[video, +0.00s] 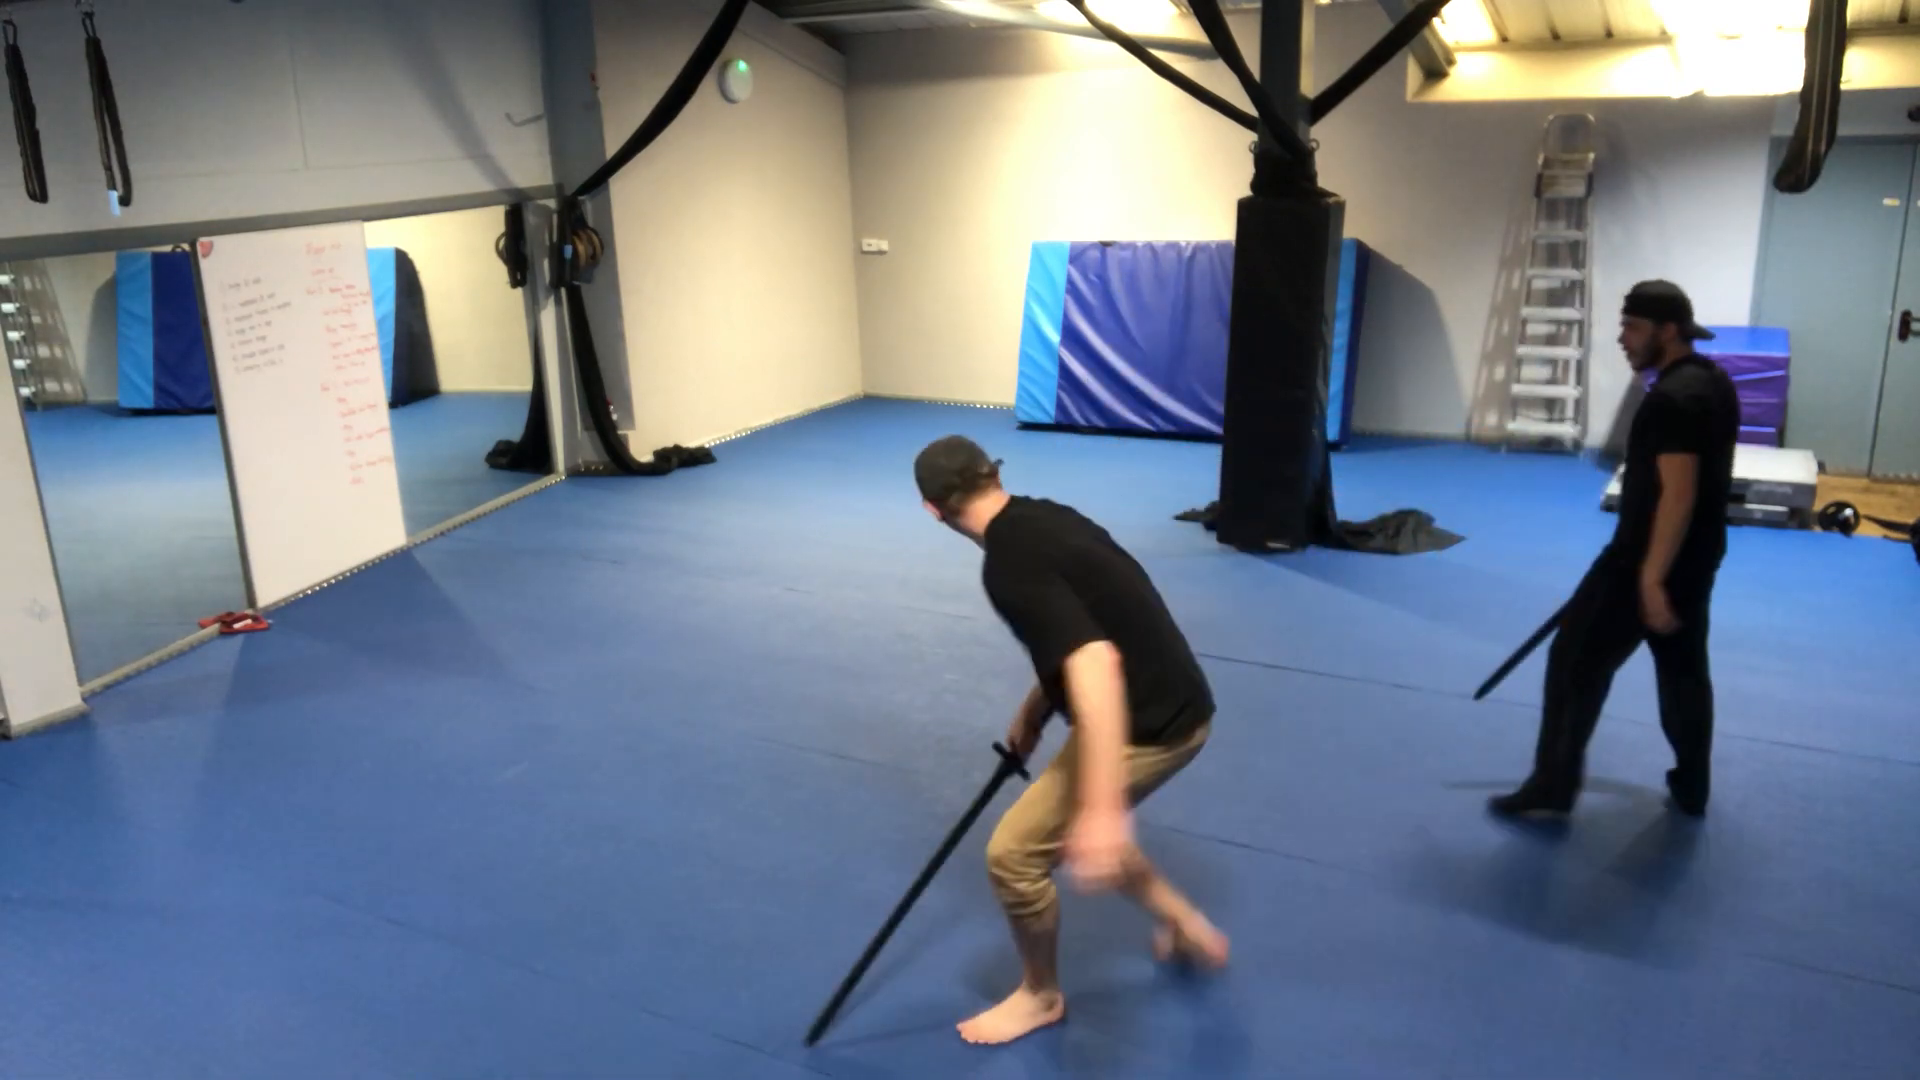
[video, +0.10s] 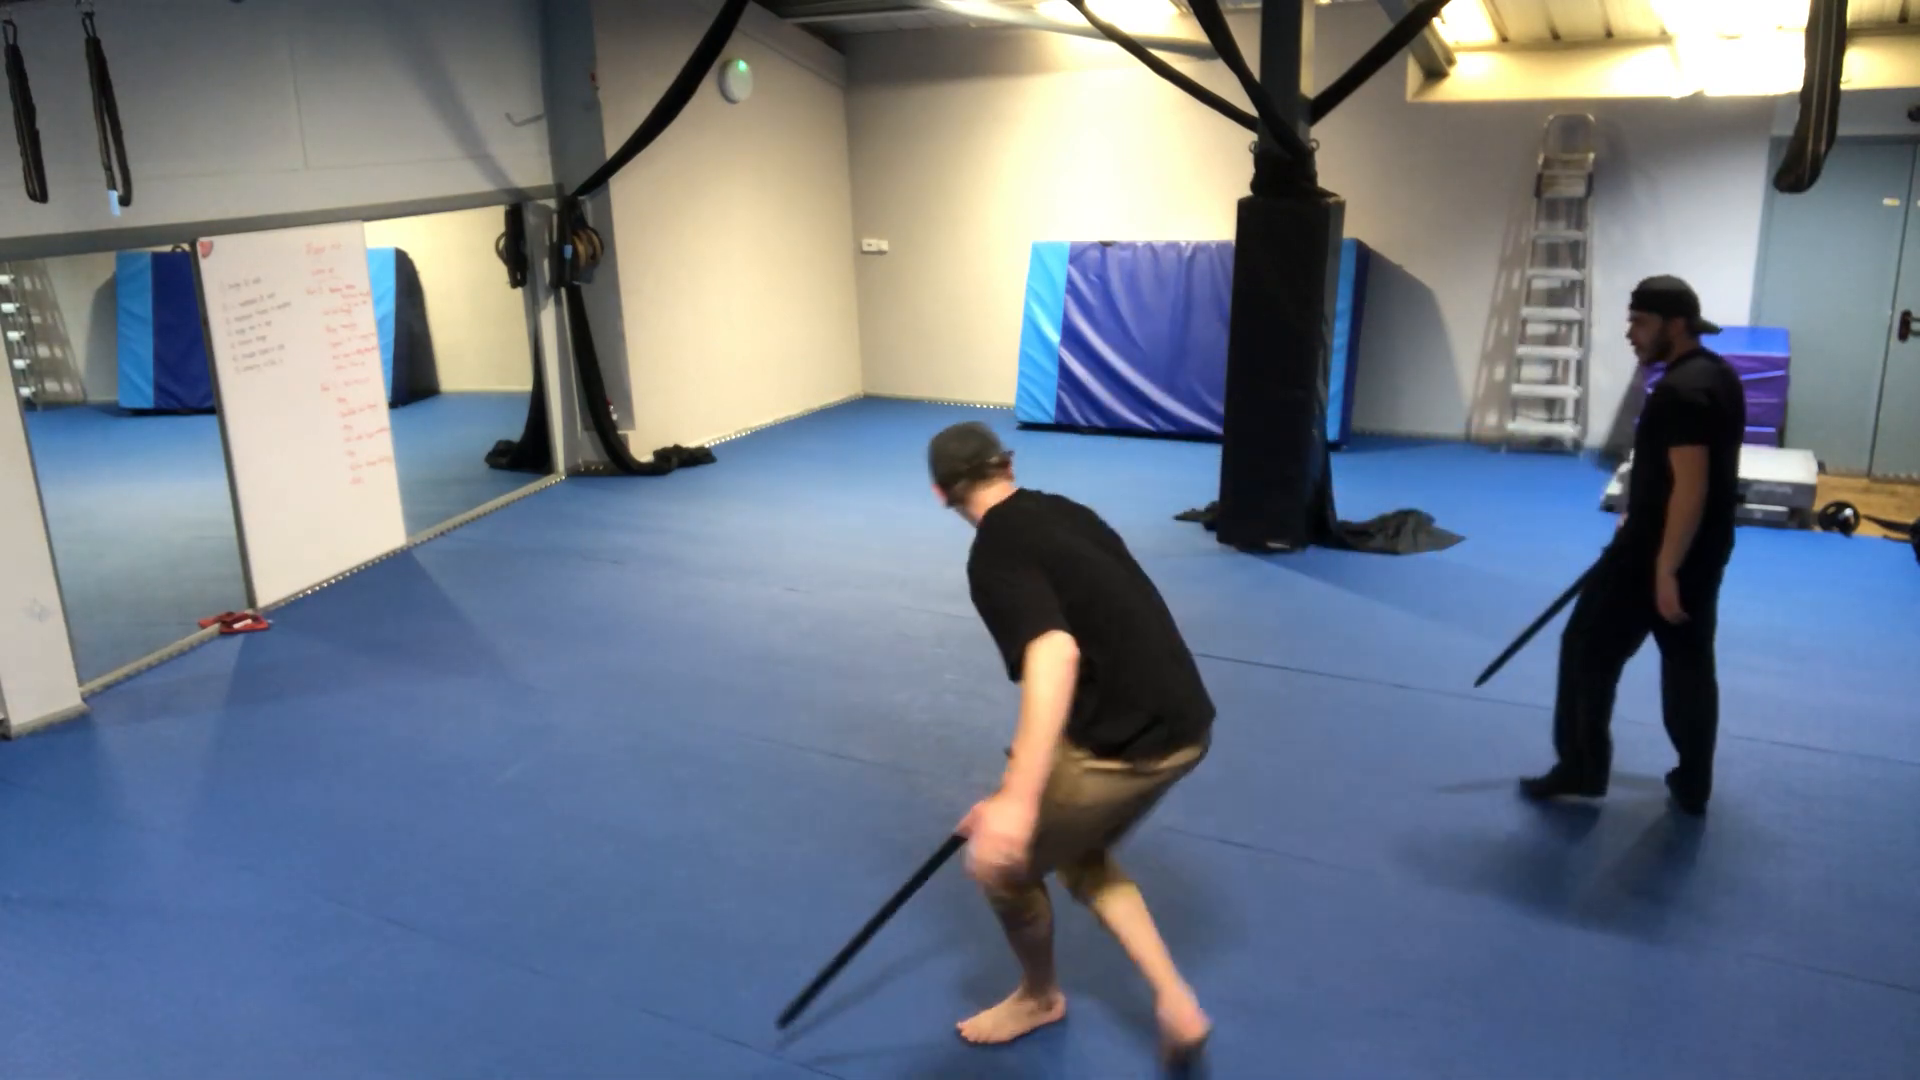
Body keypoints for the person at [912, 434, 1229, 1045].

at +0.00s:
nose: (934, 512)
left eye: (929, 503)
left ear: (936, 508)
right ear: (996, 474)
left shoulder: (1011, 559)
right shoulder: (1045, 518)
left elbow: (1095, 657)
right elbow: (1079, 632)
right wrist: (1032, 715)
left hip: (1145, 727)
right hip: (1175, 703)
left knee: (1013, 857)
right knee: (1082, 825)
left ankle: (1040, 993)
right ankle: (1189, 929)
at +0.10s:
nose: (940, 497)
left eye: (938, 486)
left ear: (942, 493)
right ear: (1008, 466)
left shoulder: (998, 550)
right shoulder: (1067, 514)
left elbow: (1054, 652)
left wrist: (1017, 798)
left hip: (1128, 744)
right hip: (1181, 723)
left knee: (1000, 861)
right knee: (1080, 852)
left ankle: (1040, 994)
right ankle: (1176, 1001)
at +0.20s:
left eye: (980, 471)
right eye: (1036, 460)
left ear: (974, 479)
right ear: (1041, 464)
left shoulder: (996, 540)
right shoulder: (1102, 518)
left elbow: (1029, 637)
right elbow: (1126, 628)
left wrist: (983, 785)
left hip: (1099, 765)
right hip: (1188, 749)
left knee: (994, 863)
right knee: (1125, 896)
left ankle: (1041, 996)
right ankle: (1156, 1063)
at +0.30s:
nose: (1092, 473)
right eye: (1093, 465)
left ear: (1021, 474)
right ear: (1087, 470)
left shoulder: (1007, 542)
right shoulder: (1142, 538)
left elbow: (1006, 643)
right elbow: (1198, 664)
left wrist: (954, 794)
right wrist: (1128, 726)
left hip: (1077, 786)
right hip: (1180, 781)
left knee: (994, 872)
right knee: (1157, 951)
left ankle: (1042, 998)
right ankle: (1158, 1073)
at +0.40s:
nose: (1143, 484)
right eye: (1144, 477)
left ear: (1067, 477)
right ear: (1135, 481)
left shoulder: (1018, 548)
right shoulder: (1173, 557)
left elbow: (969, 653)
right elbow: (1236, 696)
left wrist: (918, 800)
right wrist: (1192, 738)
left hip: (1056, 802)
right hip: (1163, 807)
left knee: (998, 879)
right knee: (1151, 981)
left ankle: (1044, 1007)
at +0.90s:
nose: (1206, 476)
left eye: (1210, 464)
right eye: (1207, 464)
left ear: (1125, 454)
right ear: (1189, 467)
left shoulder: (1036, 517)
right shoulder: (1159, 560)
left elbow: (934, 614)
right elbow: (1155, 726)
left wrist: (975, 697)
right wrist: (1240, 825)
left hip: (979, 770)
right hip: (1079, 800)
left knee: (1006, 871)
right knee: (1149, 987)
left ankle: (995, 1026)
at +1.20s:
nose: (1126, 469)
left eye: (1127, 457)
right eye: (1127, 457)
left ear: (1052, 447)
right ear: (1110, 460)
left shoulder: (973, 508)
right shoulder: (1067, 544)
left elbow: (893, 609)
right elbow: (1043, 696)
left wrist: (958, 674)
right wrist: (1149, 780)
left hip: (916, 756)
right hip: (993, 777)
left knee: (997, 867)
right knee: (1084, 965)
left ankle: (963, 1033)